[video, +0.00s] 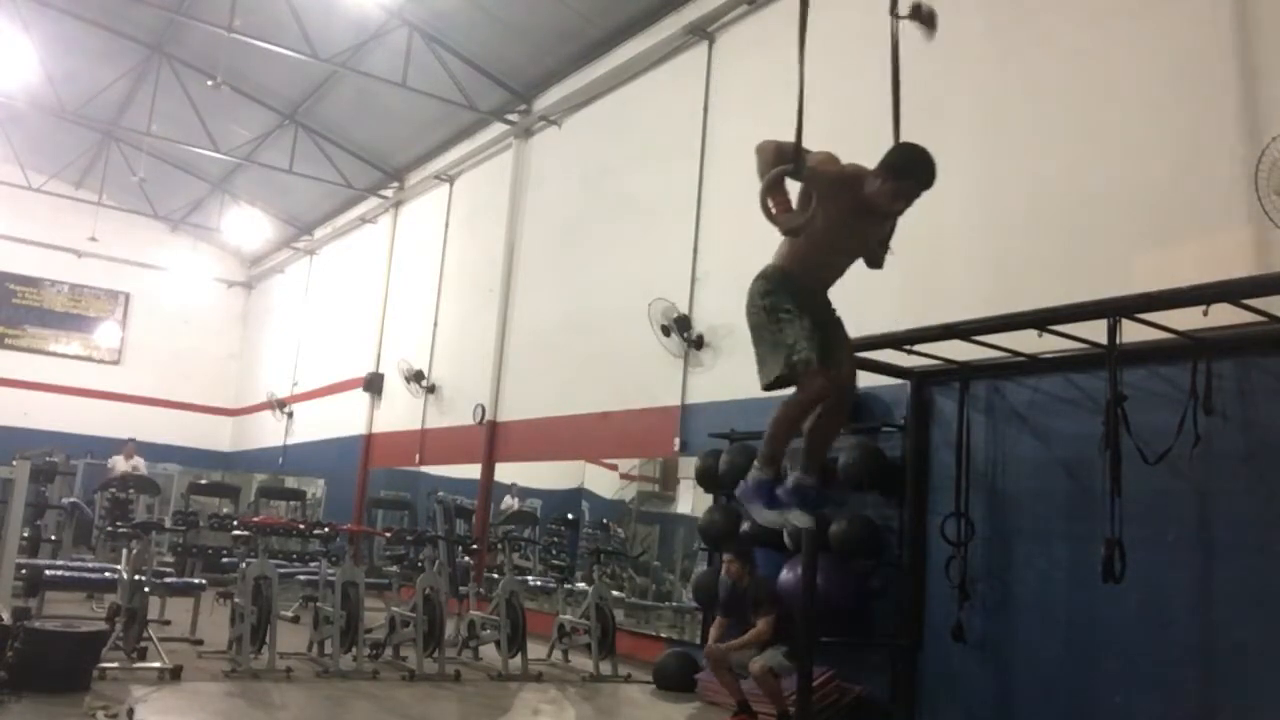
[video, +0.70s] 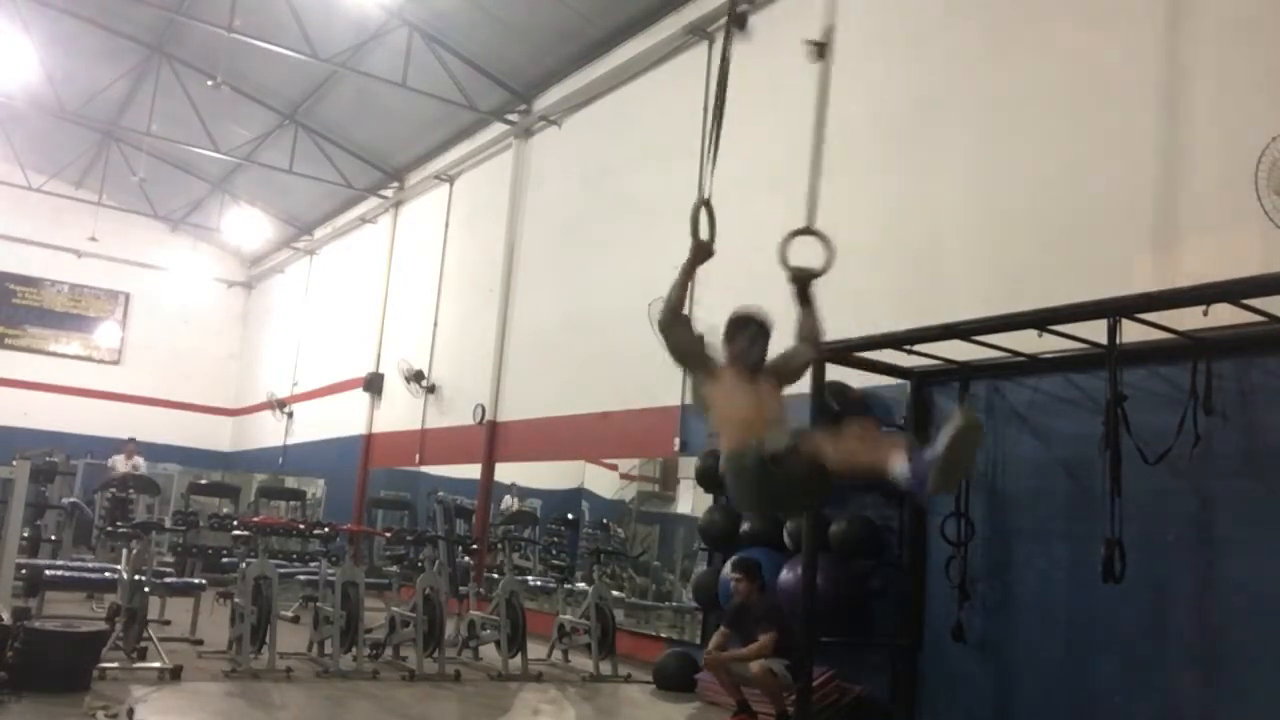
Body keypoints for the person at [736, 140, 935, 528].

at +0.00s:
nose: (901, 207)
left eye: (909, 201)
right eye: (898, 196)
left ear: (914, 196)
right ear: (880, 177)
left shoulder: (887, 217)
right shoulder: (835, 176)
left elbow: (872, 258)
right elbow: (769, 149)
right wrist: (776, 193)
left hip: (815, 300)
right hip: (778, 290)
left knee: (843, 390)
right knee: (816, 385)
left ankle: (801, 486)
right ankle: (757, 482)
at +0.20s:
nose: (896, 202)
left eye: (903, 195)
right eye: (893, 191)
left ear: (906, 192)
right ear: (872, 176)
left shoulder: (881, 219)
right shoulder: (829, 176)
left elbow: (876, 265)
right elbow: (758, 156)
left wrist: (880, 250)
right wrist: (772, 208)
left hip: (799, 291)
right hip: (762, 282)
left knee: (840, 360)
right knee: (810, 355)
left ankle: (825, 468)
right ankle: (792, 470)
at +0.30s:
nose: (876, 198)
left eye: (883, 193)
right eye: (874, 187)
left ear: (886, 191)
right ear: (857, 171)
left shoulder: (864, 218)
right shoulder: (807, 181)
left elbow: (894, 263)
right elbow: (739, 172)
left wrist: (890, 244)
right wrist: (762, 213)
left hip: (790, 299)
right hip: (754, 291)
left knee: (849, 340)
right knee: (815, 335)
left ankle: (857, 438)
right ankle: (825, 449)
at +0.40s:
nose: (850, 209)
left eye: (858, 203)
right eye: (848, 197)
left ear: (863, 204)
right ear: (830, 182)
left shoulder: (842, 236)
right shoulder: (782, 208)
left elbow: (848, 273)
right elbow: (719, 227)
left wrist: (886, 261)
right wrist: (741, 222)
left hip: (789, 323)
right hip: (747, 318)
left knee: (856, 330)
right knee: (820, 330)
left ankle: (881, 419)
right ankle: (851, 434)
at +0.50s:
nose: (816, 243)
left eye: (825, 239)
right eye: (812, 232)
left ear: (829, 242)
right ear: (796, 224)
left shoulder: (817, 281)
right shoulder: (756, 257)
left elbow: (841, 325)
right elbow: (697, 287)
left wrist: (865, 277)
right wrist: (731, 245)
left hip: (794, 372)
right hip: (749, 366)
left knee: (860, 343)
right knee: (819, 342)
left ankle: (898, 412)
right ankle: (868, 431)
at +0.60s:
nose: (778, 297)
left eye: (787, 291)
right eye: (773, 286)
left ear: (793, 297)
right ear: (757, 283)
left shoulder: (792, 332)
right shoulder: (728, 320)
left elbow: (839, 348)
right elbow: (675, 314)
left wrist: (835, 292)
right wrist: (700, 259)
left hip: (795, 419)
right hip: (751, 420)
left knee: (859, 377)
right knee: (821, 388)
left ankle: (918, 418)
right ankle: (892, 442)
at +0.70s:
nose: (749, 348)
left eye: (757, 342)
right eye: (742, 340)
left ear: (764, 347)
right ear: (727, 343)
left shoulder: (772, 379)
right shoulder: (710, 375)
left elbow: (809, 348)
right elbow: (670, 322)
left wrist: (803, 292)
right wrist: (692, 265)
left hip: (789, 474)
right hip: (749, 479)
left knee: (857, 431)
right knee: (816, 443)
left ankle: (918, 463)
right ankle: (908, 462)